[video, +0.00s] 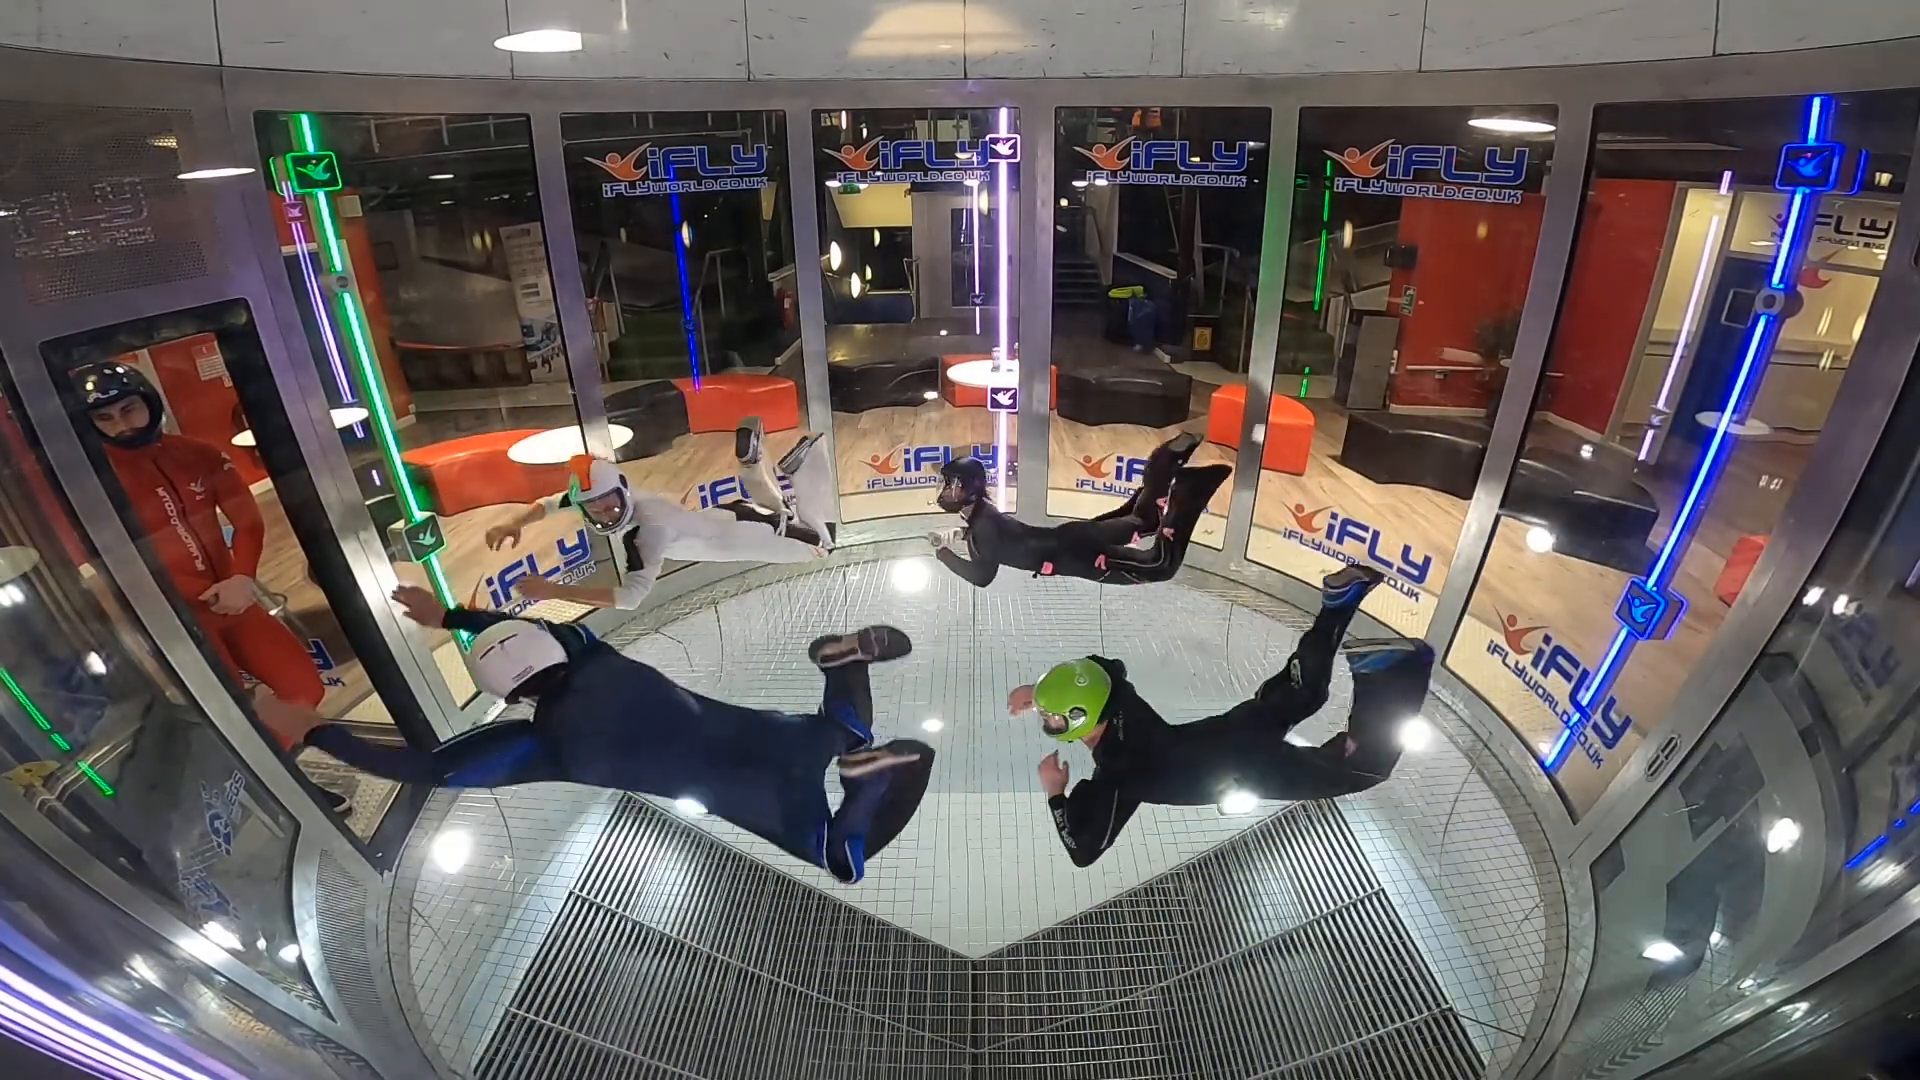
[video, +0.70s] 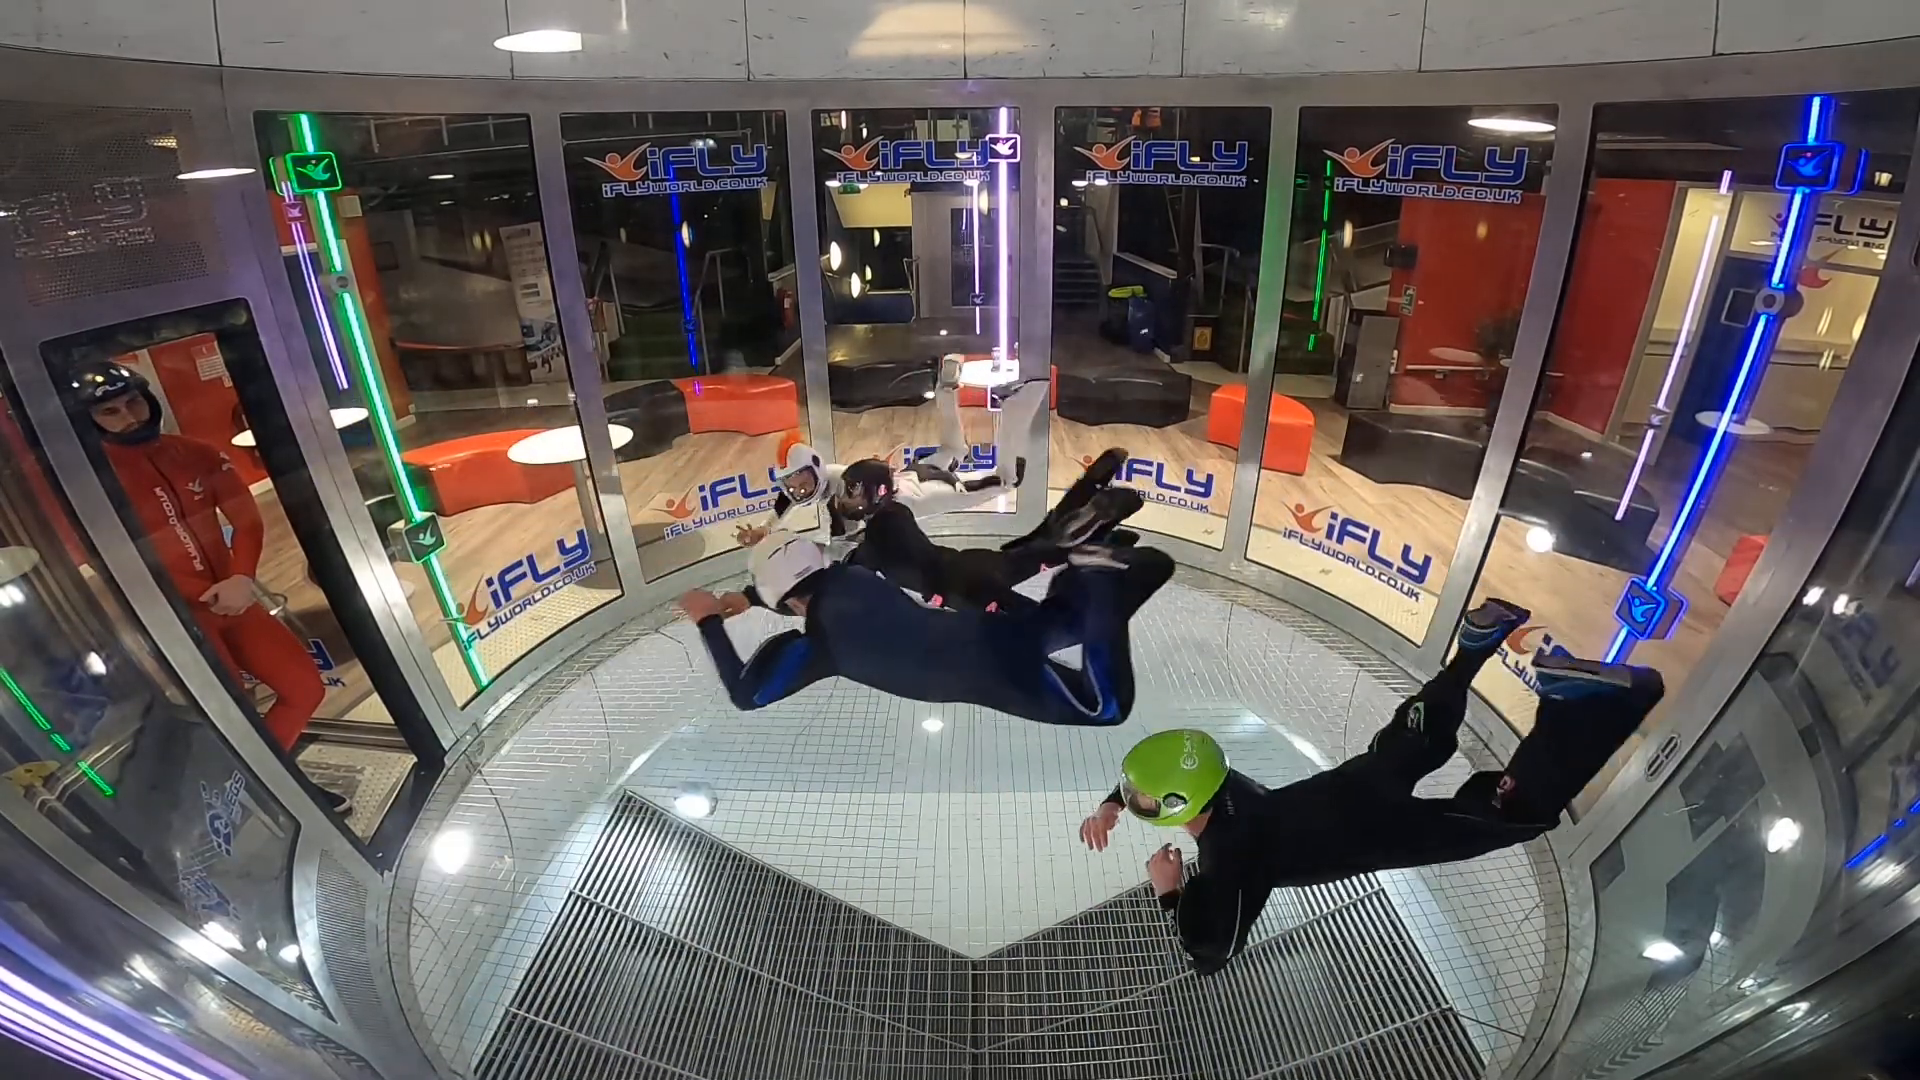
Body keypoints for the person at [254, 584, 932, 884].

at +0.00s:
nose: (529, 662)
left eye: (517, 664)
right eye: (524, 656)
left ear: (516, 697)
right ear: (545, 652)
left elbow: (425, 766)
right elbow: (526, 625)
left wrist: (318, 734)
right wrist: (447, 616)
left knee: (838, 853)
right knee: (846, 720)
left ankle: (893, 771)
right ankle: (849, 656)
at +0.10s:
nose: (531, 666)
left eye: (524, 660)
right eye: (532, 650)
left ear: (538, 667)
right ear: (567, 628)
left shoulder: (565, 715)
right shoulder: (610, 631)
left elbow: (459, 739)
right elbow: (545, 609)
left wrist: (368, 691)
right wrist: (463, 599)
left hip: (760, 759)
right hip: (774, 705)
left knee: (855, 820)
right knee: (842, 700)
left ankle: (906, 732)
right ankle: (845, 640)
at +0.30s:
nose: (598, 623)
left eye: (595, 617)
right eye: (601, 610)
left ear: (605, 624)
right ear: (633, 591)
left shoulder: (639, 668)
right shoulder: (670, 606)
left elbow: (547, 708)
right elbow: (598, 588)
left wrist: (457, 648)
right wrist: (527, 583)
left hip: (806, 714)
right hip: (819, 668)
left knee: (912, 776)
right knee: (884, 669)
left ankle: (923, 675)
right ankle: (883, 593)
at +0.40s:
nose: (645, 626)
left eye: (642, 615)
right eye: (642, 612)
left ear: (651, 614)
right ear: (679, 578)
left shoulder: (692, 649)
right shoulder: (708, 598)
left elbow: (593, 699)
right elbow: (644, 586)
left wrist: (533, 629)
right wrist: (574, 579)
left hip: (854, 698)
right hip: (853, 660)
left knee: (964, 759)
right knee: (920, 661)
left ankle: (958, 653)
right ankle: (916, 584)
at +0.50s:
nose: (694, 614)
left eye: (690, 605)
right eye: (692, 602)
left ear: (698, 603)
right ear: (725, 570)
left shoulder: (731, 644)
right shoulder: (758, 590)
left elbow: (644, 695)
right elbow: (696, 582)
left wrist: (610, 619)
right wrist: (633, 584)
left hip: (907, 693)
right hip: (909, 655)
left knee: (1019, 736)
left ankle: (1003, 627)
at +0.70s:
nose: (776, 603)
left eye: (776, 595)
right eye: (777, 593)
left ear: (788, 598)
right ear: (819, 564)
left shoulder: (819, 641)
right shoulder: (851, 577)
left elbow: (747, 693)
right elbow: (801, 583)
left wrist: (707, 624)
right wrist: (750, 596)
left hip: (993, 669)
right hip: (995, 628)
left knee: (1109, 703)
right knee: (1074, 620)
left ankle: (1093, 572)